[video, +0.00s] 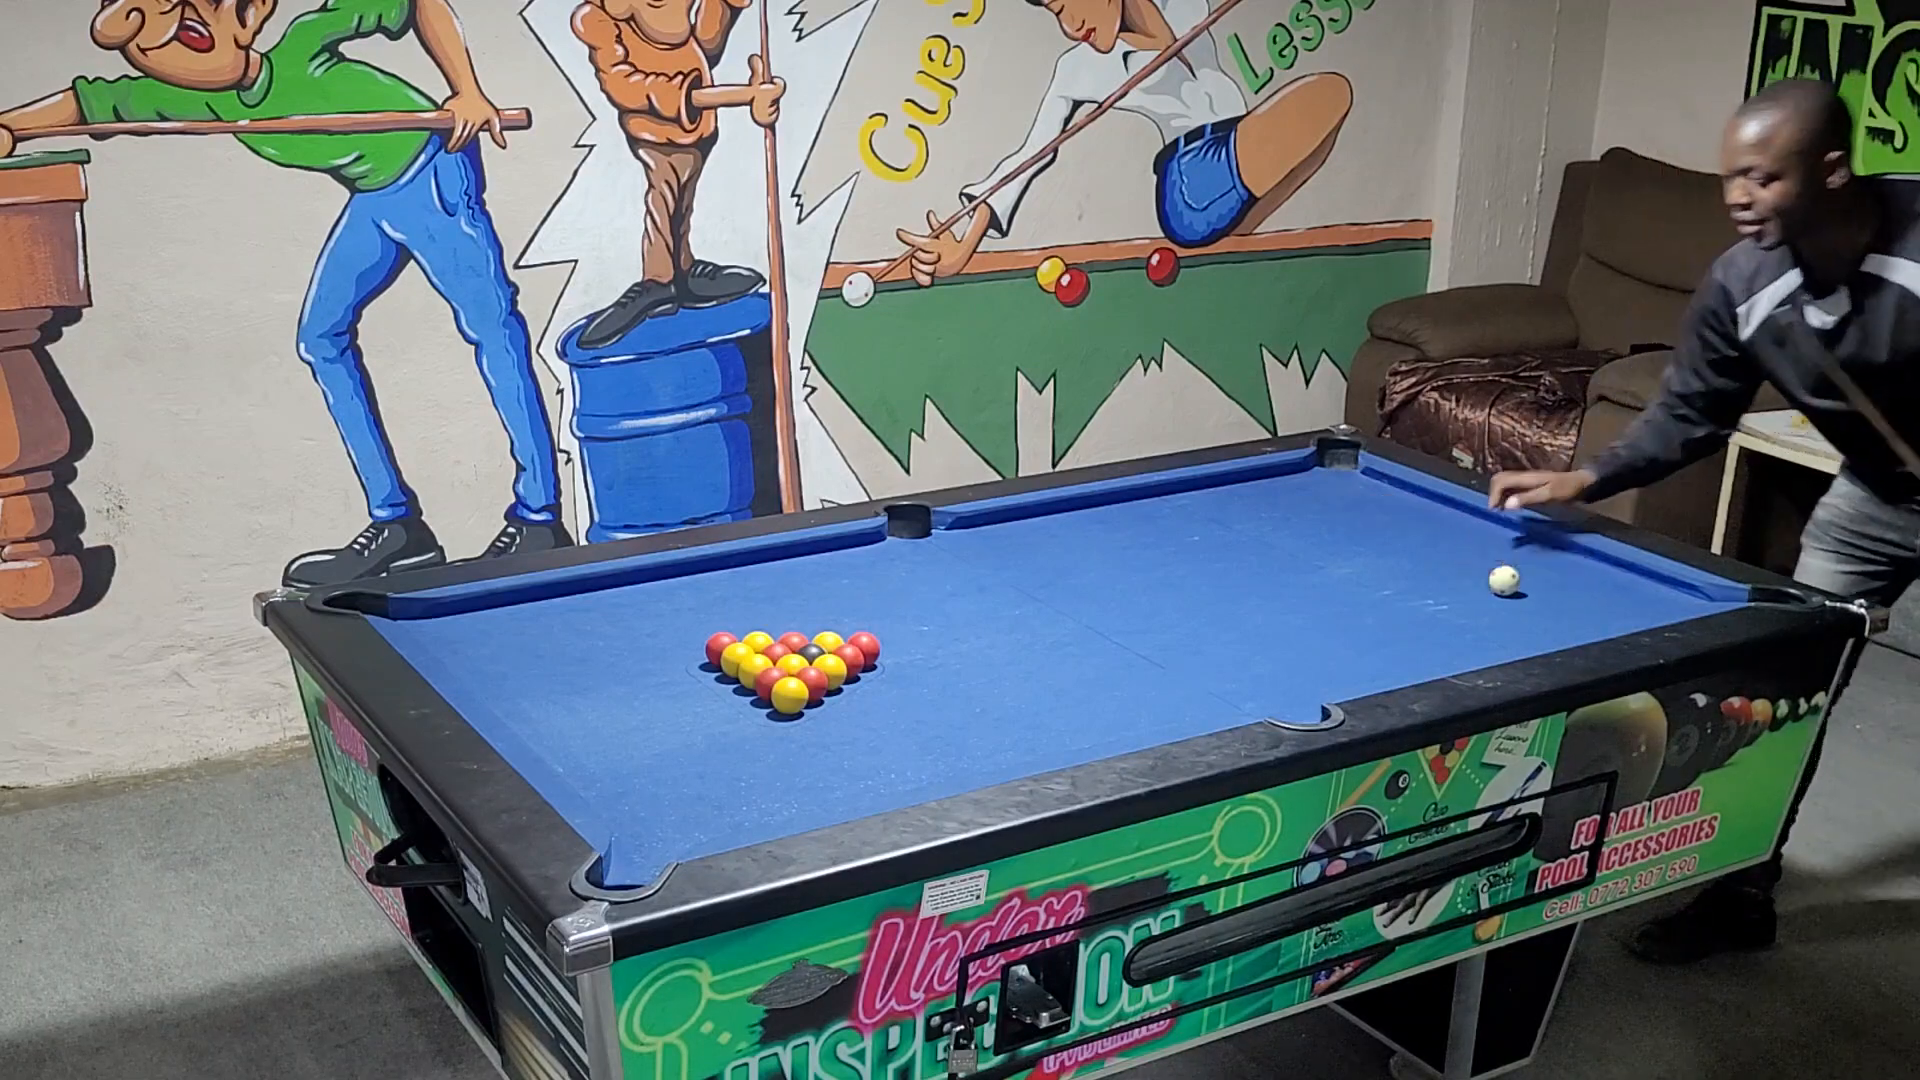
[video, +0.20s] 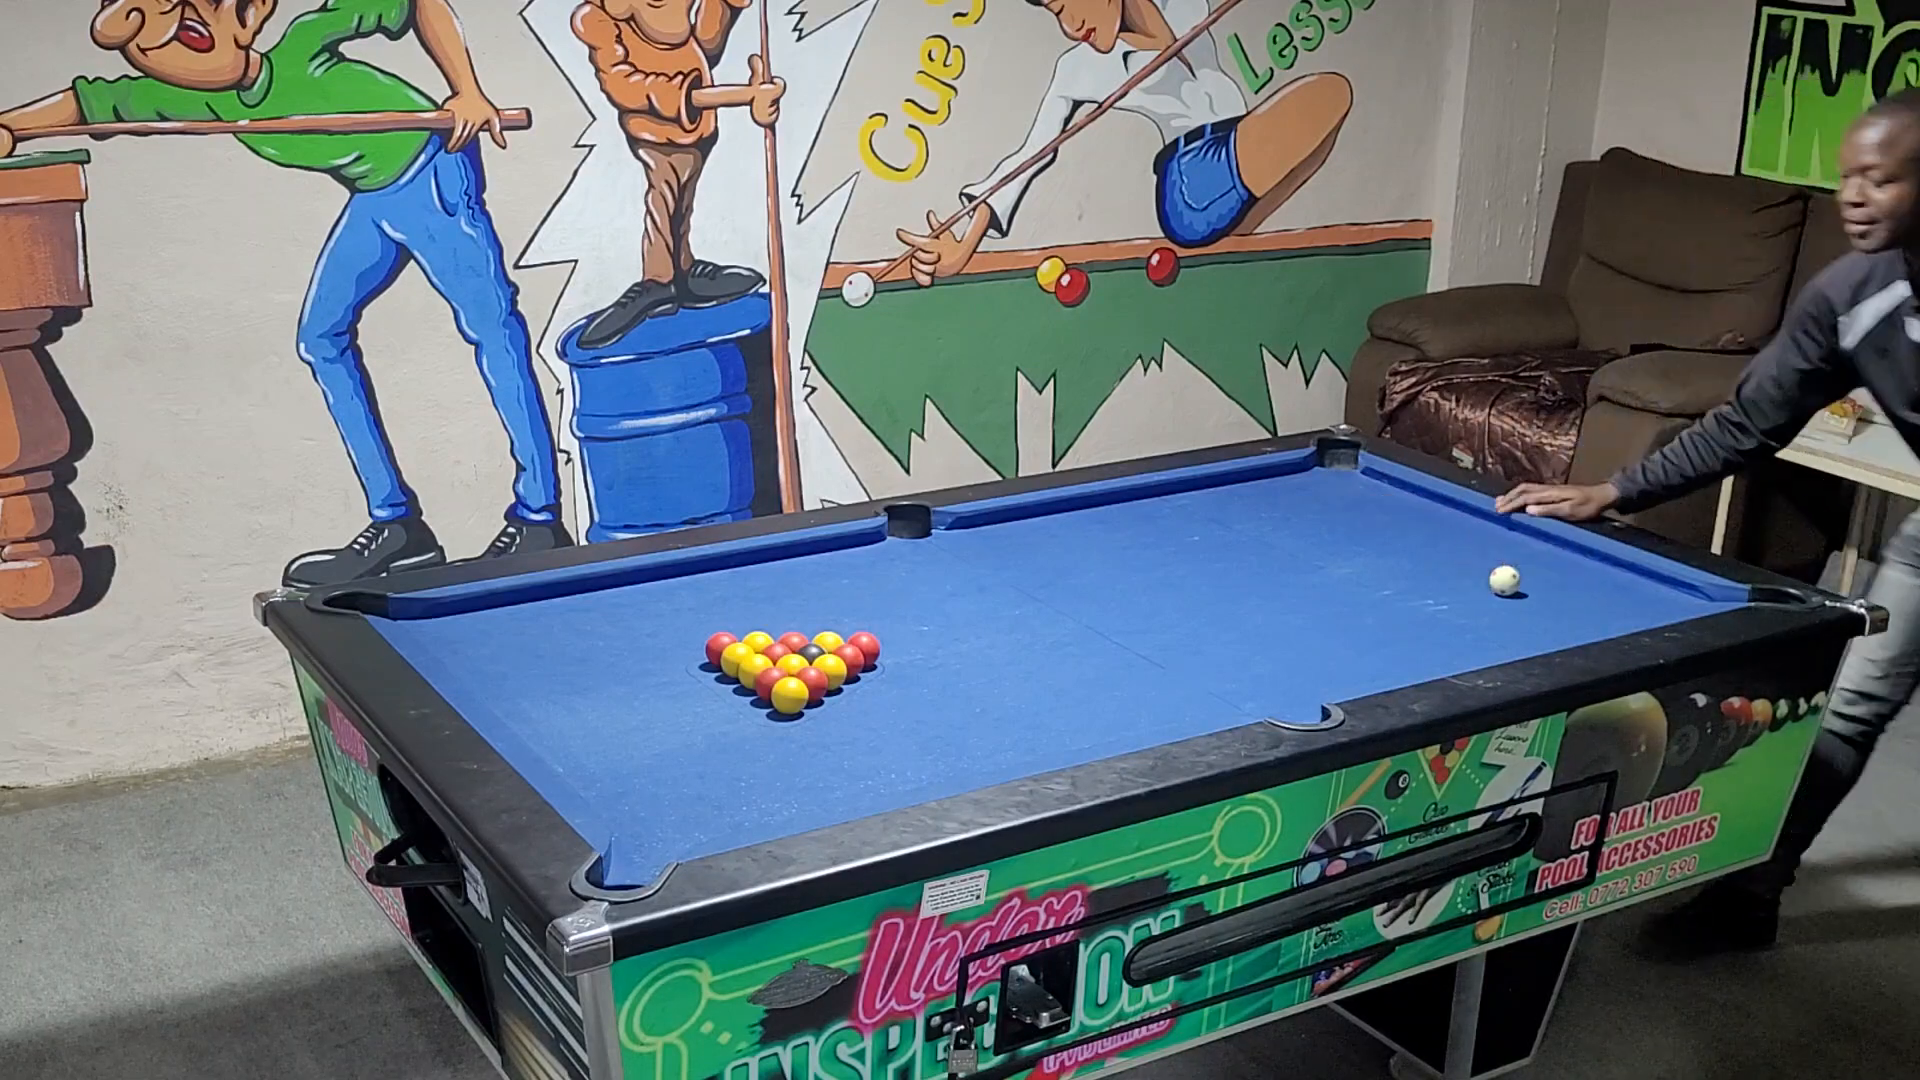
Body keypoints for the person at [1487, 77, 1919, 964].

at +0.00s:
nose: (1738, 200)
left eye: (1761, 176)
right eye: (1729, 178)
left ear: (1833, 169)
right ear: (1725, 177)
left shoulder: (1915, 235)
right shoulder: (1740, 285)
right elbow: (1688, 412)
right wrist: (1587, 479)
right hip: (1884, 487)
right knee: (1781, 670)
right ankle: (1742, 886)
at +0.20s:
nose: (1852, 198)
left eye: (1877, 178)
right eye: (1846, 177)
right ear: (1839, 181)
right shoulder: (1846, 298)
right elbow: (1742, 423)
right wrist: (1608, 492)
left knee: (1859, 701)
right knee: (1851, 701)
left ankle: (1754, 891)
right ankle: (1752, 891)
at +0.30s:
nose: (1903, 195)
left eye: (1915, 176)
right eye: (1900, 176)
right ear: (1894, 187)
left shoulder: (1893, 296)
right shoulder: (1889, 299)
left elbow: (1767, 413)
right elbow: (1767, 414)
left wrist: (1618, 486)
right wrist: (1619, 486)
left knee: (1887, 693)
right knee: (1886, 691)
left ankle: (1791, 879)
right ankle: (1789, 879)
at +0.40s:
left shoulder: (1914, 287)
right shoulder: (1913, 286)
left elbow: (1854, 382)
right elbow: (1853, 382)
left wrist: (1735, 451)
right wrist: (1737, 449)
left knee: (1905, 680)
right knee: (1905, 677)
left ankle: (1892, 878)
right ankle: (1891, 876)